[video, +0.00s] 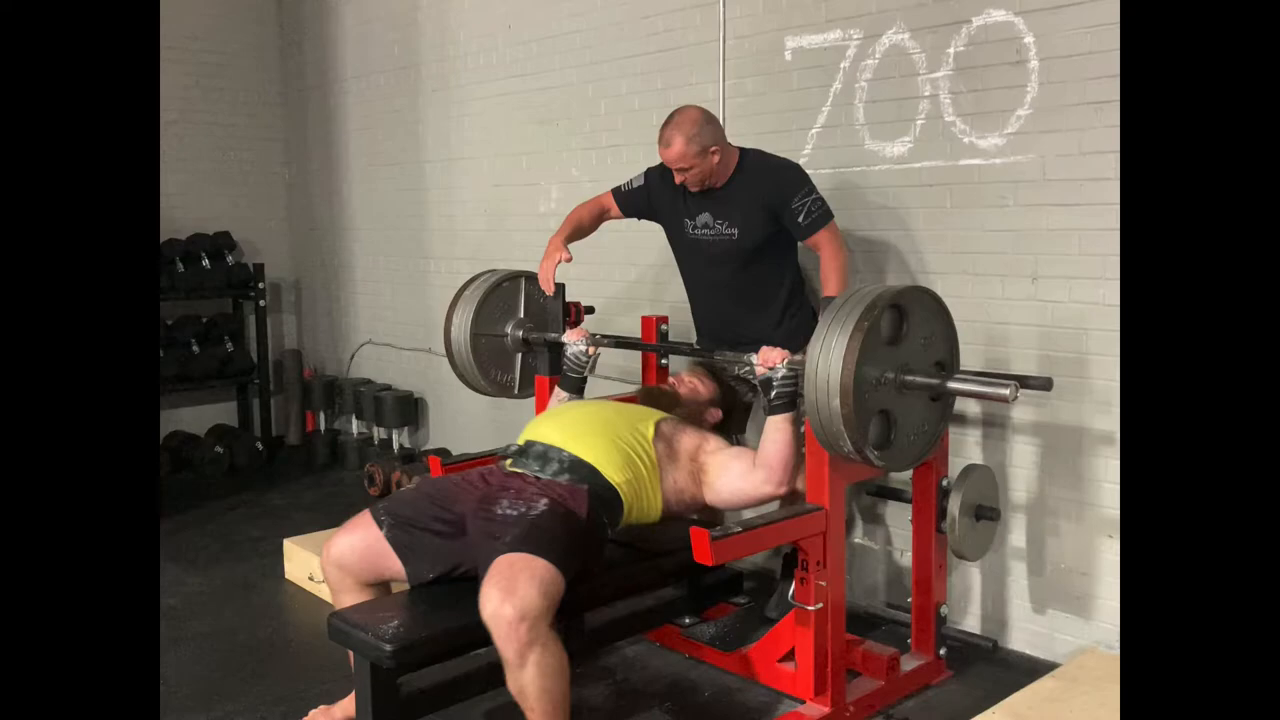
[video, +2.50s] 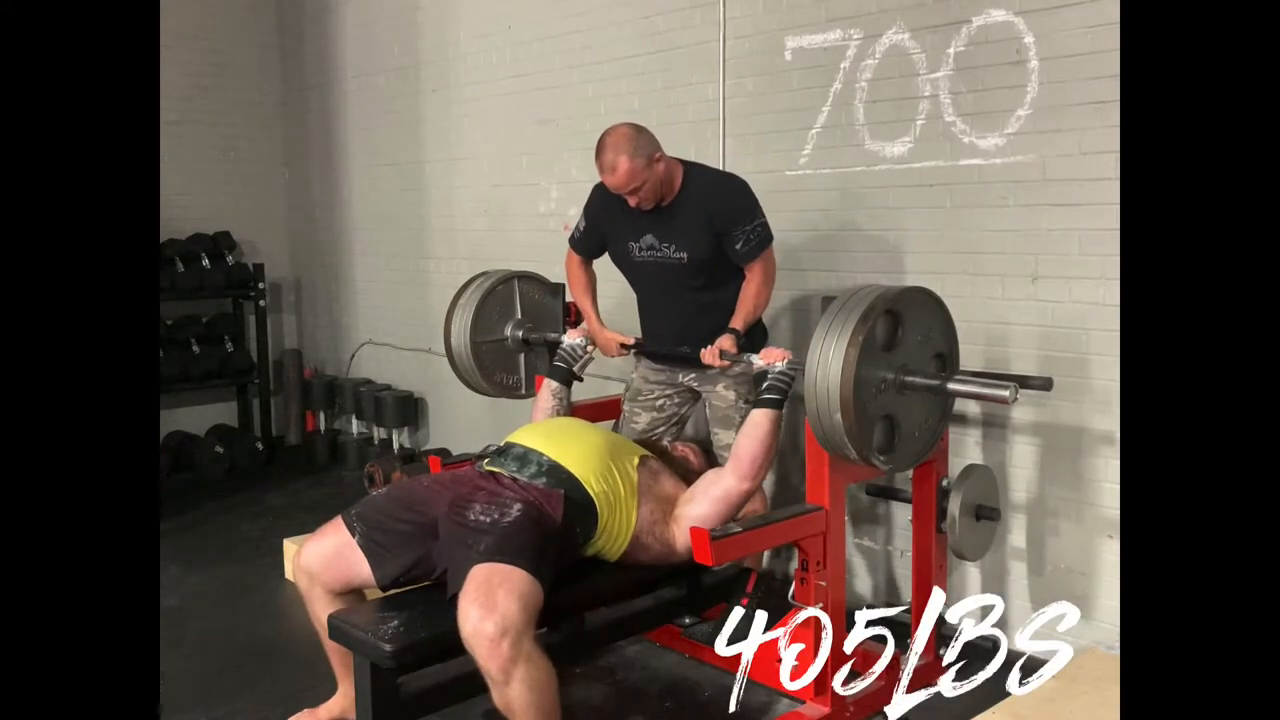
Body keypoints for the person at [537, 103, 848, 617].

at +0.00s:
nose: (677, 179)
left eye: (684, 169)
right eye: (671, 169)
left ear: (717, 153)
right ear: (667, 156)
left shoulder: (778, 178)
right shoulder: (664, 186)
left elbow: (831, 246)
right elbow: (600, 208)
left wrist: (833, 327)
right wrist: (558, 241)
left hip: (791, 350)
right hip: (718, 355)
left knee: (789, 478)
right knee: (713, 475)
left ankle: (795, 585)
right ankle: (724, 588)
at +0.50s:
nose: (668, 172)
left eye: (675, 160)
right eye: (661, 162)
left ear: (705, 140)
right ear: (654, 151)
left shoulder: (765, 173)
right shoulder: (652, 190)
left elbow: (817, 240)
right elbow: (595, 238)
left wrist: (814, 311)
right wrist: (584, 297)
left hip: (771, 348)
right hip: (701, 352)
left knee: (786, 484)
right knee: (687, 471)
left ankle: (801, 583)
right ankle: (705, 587)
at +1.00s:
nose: (673, 186)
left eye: (680, 174)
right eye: (663, 177)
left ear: (705, 147)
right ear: (652, 161)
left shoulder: (765, 183)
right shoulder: (652, 194)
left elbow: (811, 262)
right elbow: (605, 250)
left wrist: (787, 341)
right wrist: (595, 322)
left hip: (763, 350)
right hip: (698, 346)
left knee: (769, 475)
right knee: (673, 465)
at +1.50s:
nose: (659, 191)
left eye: (664, 178)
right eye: (648, 184)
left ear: (686, 148)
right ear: (633, 168)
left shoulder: (749, 185)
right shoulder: (631, 201)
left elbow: (783, 267)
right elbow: (590, 256)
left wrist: (753, 329)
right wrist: (592, 325)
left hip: (748, 356)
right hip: (678, 357)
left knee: (755, 466)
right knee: (669, 471)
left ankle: (769, 583)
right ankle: (674, 581)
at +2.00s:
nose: (639, 201)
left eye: (645, 189)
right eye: (629, 193)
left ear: (671, 162)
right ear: (616, 176)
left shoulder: (735, 196)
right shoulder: (615, 203)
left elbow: (765, 277)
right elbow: (582, 257)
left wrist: (734, 342)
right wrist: (591, 327)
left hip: (743, 358)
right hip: (671, 359)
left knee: (747, 476)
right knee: (655, 467)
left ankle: (760, 593)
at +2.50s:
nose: (631, 203)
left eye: (636, 191)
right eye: (621, 194)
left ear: (659, 161)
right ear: (607, 179)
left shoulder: (724, 194)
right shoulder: (606, 200)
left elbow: (761, 269)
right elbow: (577, 257)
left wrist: (734, 332)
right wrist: (595, 327)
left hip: (728, 367)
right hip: (657, 364)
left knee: (742, 481)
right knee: (631, 474)